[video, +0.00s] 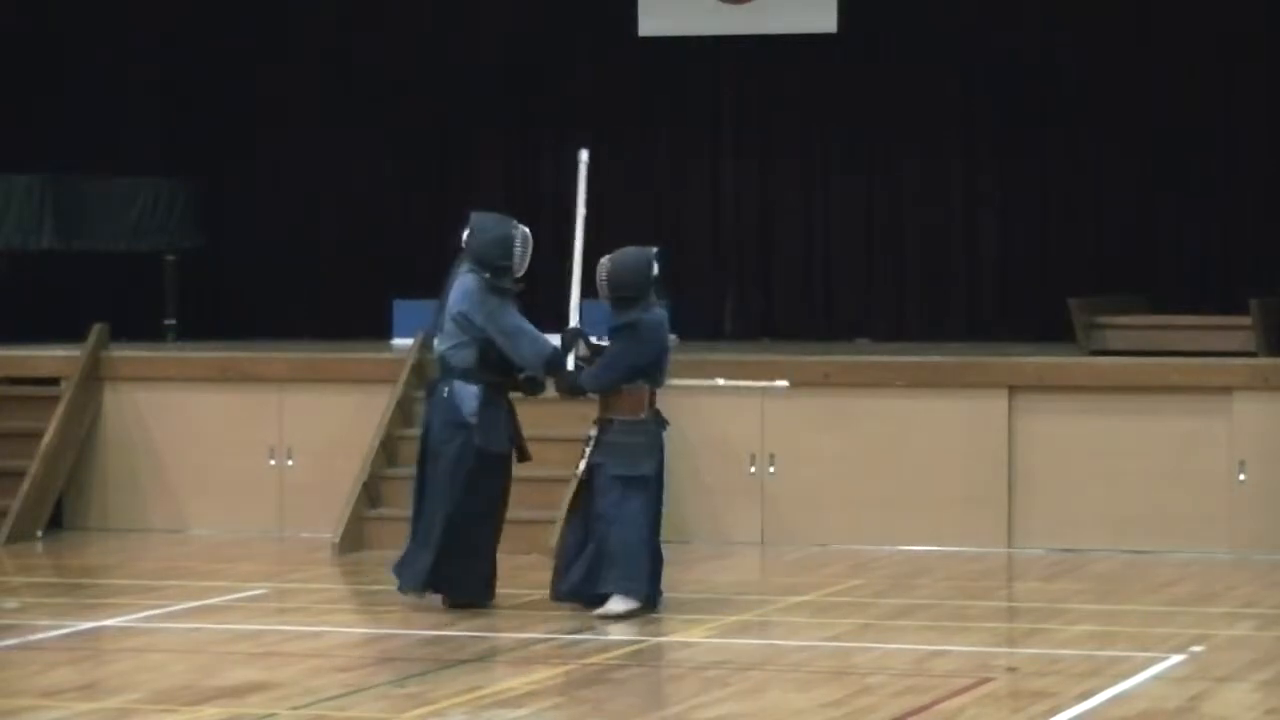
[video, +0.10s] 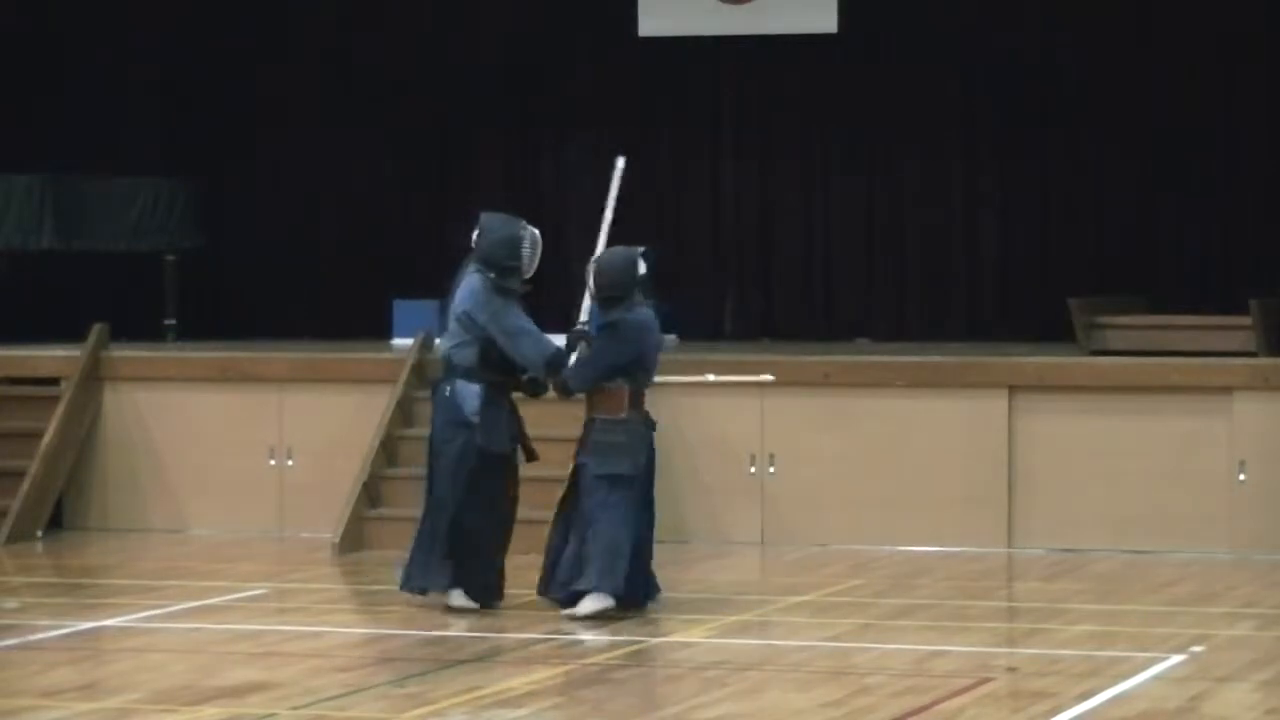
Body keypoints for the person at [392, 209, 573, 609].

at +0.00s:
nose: (519, 261)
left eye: (519, 253)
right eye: (514, 253)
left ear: (479, 252)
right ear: (498, 256)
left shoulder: (477, 284)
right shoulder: (477, 291)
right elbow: (528, 347)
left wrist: (533, 368)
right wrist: (556, 356)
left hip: (476, 398)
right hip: (470, 402)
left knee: (477, 490)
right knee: (473, 491)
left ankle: (468, 584)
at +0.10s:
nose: (528, 262)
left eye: (528, 253)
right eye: (523, 255)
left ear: (488, 253)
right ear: (506, 258)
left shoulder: (485, 285)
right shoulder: (482, 291)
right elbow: (526, 343)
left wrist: (534, 371)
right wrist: (556, 359)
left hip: (483, 396)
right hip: (473, 400)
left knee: (489, 488)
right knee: (480, 489)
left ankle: (476, 582)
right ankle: (469, 584)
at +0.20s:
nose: (537, 264)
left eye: (536, 256)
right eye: (532, 256)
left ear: (499, 254)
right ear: (517, 259)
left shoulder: (498, 288)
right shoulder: (488, 293)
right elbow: (536, 343)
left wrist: (550, 364)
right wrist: (573, 358)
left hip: (490, 395)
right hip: (474, 398)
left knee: (487, 487)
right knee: (480, 487)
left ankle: (470, 580)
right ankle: (473, 583)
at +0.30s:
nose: (543, 262)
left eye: (543, 253)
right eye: (539, 254)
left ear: (504, 252)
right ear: (524, 256)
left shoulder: (494, 285)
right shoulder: (496, 295)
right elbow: (549, 346)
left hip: (478, 394)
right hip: (488, 401)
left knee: (468, 488)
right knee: (505, 490)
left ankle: (459, 581)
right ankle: (503, 585)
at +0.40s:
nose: (545, 257)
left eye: (545, 248)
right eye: (540, 249)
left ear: (507, 250)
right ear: (523, 252)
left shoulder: (508, 288)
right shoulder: (501, 295)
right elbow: (545, 349)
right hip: (495, 403)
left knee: (479, 490)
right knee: (499, 492)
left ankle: (467, 580)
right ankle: (495, 584)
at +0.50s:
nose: (547, 254)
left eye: (547, 245)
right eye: (542, 246)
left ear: (510, 249)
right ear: (524, 250)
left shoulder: (519, 291)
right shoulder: (503, 299)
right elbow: (537, 348)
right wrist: (580, 338)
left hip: (516, 397)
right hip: (502, 401)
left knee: (494, 488)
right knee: (499, 490)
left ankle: (477, 577)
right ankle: (491, 582)